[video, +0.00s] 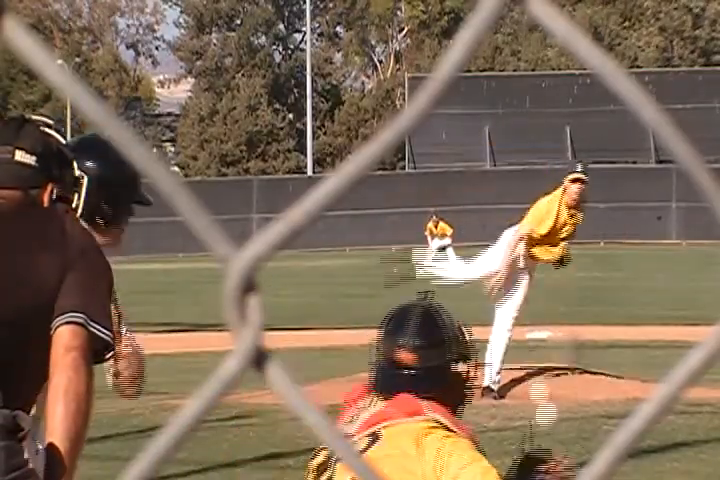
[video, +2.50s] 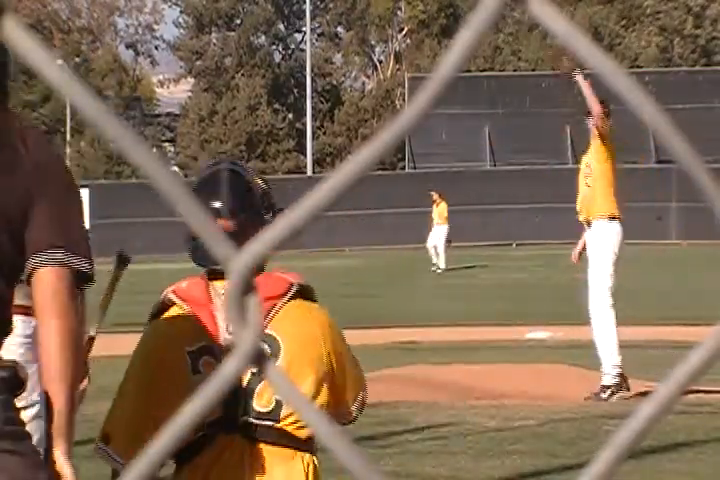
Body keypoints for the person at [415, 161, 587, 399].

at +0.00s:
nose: (579, 187)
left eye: (582, 184)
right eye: (574, 182)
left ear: (585, 189)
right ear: (565, 185)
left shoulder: (576, 215)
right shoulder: (551, 204)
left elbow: (559, 240)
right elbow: (522, 235)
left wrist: (560, 255)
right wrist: (504, 273)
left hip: (528, 262)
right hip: (513, 246)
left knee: (505, 320)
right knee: (463, 274)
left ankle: (491, 380)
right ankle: (440, 243)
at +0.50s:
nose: (620, 149)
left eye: (623, 144)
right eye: (616, 144)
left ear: (625, 148)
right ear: (605, 145)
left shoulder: (619, 179)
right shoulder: (599, 173)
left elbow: (615, 229)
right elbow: (602, 218)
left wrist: (614, 260)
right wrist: (634, 214)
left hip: (605, 250)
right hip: (590, 247)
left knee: (610, 316)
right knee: (610, 313)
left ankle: (560, 346)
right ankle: (600, 381)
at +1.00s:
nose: (649, 143)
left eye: (652, 139)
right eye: (644, 139)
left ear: (655, 143)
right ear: (635, 142)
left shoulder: (660, 177)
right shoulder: (626, 175)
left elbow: (670, 218)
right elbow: (619, 224)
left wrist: (690, 248)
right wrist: (639, 254)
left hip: (665, 252)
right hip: (640, 251)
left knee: (679, 321)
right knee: (649, 325)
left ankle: (670, 381)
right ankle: (609, 376)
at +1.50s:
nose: (630, 129)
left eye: (634, 124)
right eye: (625, 124)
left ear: (640, 128)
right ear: (619, 129)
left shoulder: (656, 157)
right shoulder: (609, 163)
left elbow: (671, 194)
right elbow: (604, 211)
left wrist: (675, 178)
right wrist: (604, 250)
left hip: (649, 242)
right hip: (619, 242)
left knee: (658, 311)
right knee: (617, 313)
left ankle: (666, 372)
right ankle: (619, 377)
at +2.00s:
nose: (603, 132)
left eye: (607, 127)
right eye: (598, 127)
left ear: (614, 131)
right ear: (593, 133)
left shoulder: (625, 158)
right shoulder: (593, 165)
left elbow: (646, 198)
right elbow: (588, 214)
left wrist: (623, 198)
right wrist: (576, 251)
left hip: (623, 240)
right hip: (604, 242)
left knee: (614, 308)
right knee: (603, 309)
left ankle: (617, 377)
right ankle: (612, 376)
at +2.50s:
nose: (592, 121)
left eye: (597, 118)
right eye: (593, 117)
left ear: (602, 123)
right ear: (592, 124)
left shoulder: (600, 148)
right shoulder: (590, 158)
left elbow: (598, 112)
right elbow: (591, 206)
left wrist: (581, 80)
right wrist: (582, 240)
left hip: (605, 226)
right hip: (596, 228)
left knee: (600, 299)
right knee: (597, 299)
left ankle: (612, 373)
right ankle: (610, 372)